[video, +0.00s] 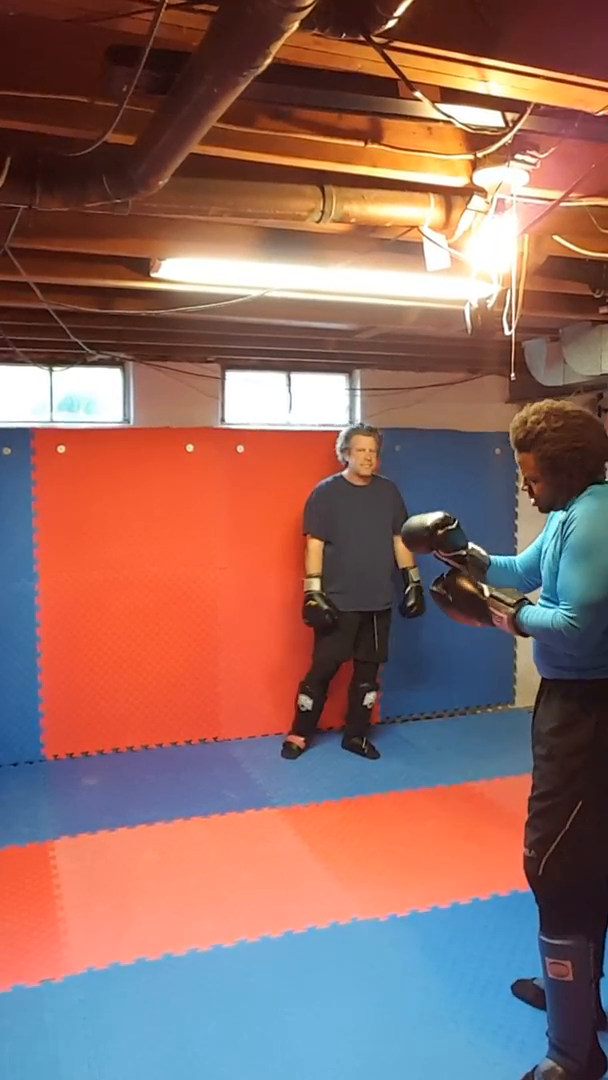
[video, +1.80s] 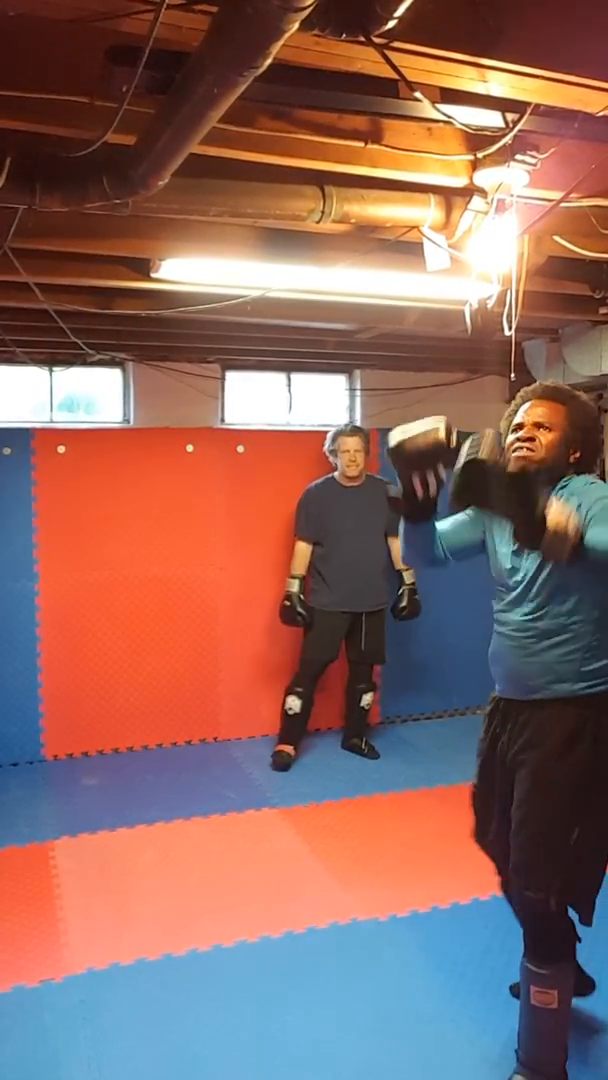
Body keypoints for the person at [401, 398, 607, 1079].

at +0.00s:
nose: (523, 479)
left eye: (531, 467)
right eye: (522, 467)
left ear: (567, 464)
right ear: (561, 466)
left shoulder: (591, 517)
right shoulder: (569, 515)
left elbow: (586, 626)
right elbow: (527, 572)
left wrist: (515, 613)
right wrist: (466, 553)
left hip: (584, 718)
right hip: (568, 708)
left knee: (562, 868)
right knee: (562, 854)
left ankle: (576, 1057)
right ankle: (575, 984)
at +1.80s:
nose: (520, 436)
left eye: (537, 427)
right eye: (516, 428)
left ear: (577, 442)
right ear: (508, 442)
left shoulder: (589, 494)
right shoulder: (499, 502)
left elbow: (597, 531)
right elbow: (423, 548)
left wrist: (568, 522)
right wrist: (419, 493)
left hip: (574, 710)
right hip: (510, 708)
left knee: (537, 880)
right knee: (497, 839)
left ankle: (542, 1065)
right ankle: (559, 965)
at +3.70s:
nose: (477, 443)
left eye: (490, 433)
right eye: (480, 432)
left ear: (535, 444)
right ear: (512, 444)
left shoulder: (584, 505)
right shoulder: (478, 511)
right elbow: (405, 562)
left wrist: (595, 430)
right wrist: (376, 504)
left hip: (563, 723)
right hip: (483, 714)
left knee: (544, 904)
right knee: (445, 850)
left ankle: (542, 1067)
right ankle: (471, 971)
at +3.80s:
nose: (460, 451)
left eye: (472, 438)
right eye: (463, 437)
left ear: (518, 445)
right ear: (498, 445)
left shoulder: (581, 510)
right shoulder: (481, 516)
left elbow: (598, 564)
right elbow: (447, 593)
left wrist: (596, 505)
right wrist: (380, 571)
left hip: (564, 727)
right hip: (486, 718)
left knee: (543, 901)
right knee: (455, 855)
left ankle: (542, 1067)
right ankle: (474, 973)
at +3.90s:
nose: (449, 459)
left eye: (461, 445)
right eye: (452, 445)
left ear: (509, 447)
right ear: (492, 449)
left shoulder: (588, 513)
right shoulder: (481, 522)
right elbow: (489, 598)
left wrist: (594, 609)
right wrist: (416, 612)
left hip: (568, 728)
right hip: (490, 719)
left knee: (548, 900)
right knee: (473, 860)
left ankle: (543, 1064)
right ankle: (478, 976)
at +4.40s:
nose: (477, 461)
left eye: (480, 448)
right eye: (479, 448)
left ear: (503, 451)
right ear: (538, 446)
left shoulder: (534, 502)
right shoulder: (566, 498)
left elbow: (505, 608)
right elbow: (536, 594)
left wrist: (446, 578)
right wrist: (472, 558)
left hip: (543, 704)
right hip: (573, 698)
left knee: (540, 870)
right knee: (567, 856)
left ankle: (542, 1064)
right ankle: (590, 985)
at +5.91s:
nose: (385, 474)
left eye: (387, 467)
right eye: (390, 467)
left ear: (397, 466)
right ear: (447, 466)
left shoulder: (373, 506)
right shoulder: (473, 504)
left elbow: (365, 595)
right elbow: (459, 575)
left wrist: (356, 541)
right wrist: (374, 533)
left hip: (410, 669)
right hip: (471, 667)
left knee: (372, 808)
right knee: (450, 802)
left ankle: (409, 942)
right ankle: (442, 921)